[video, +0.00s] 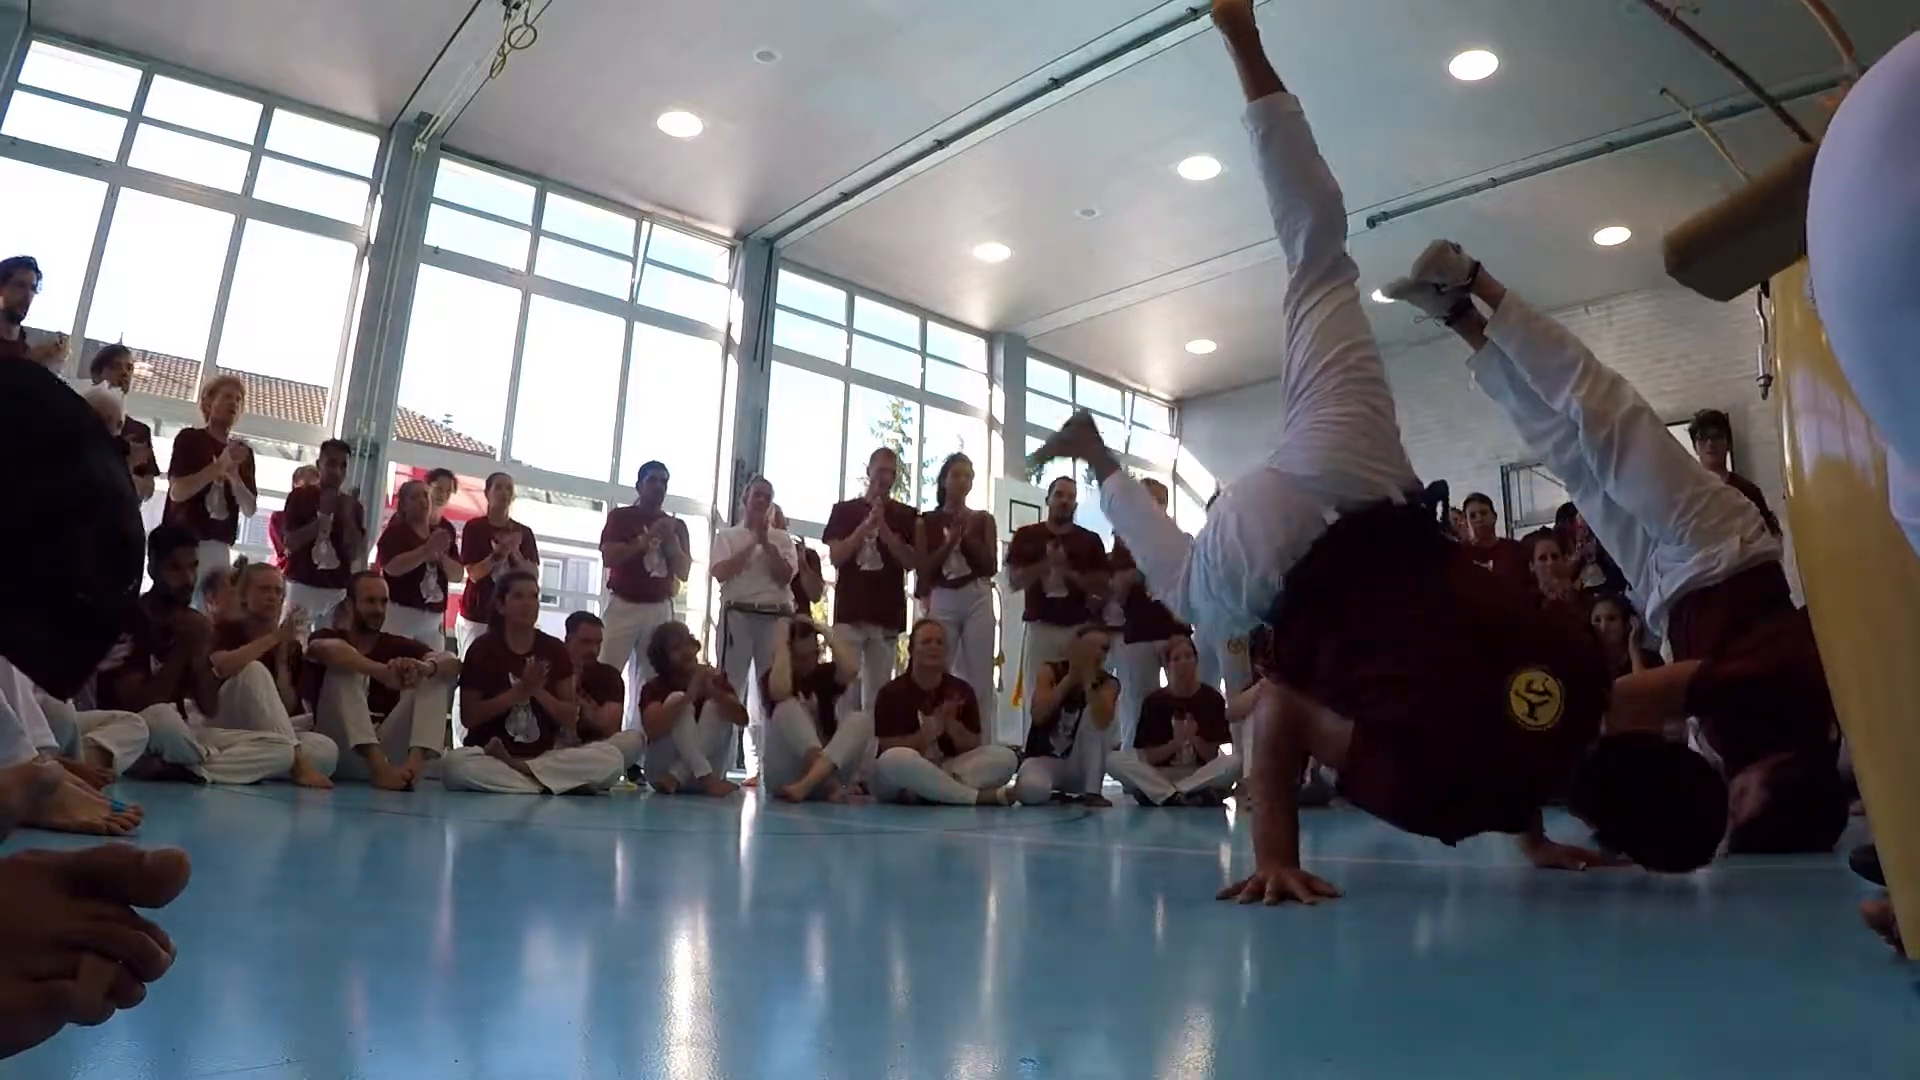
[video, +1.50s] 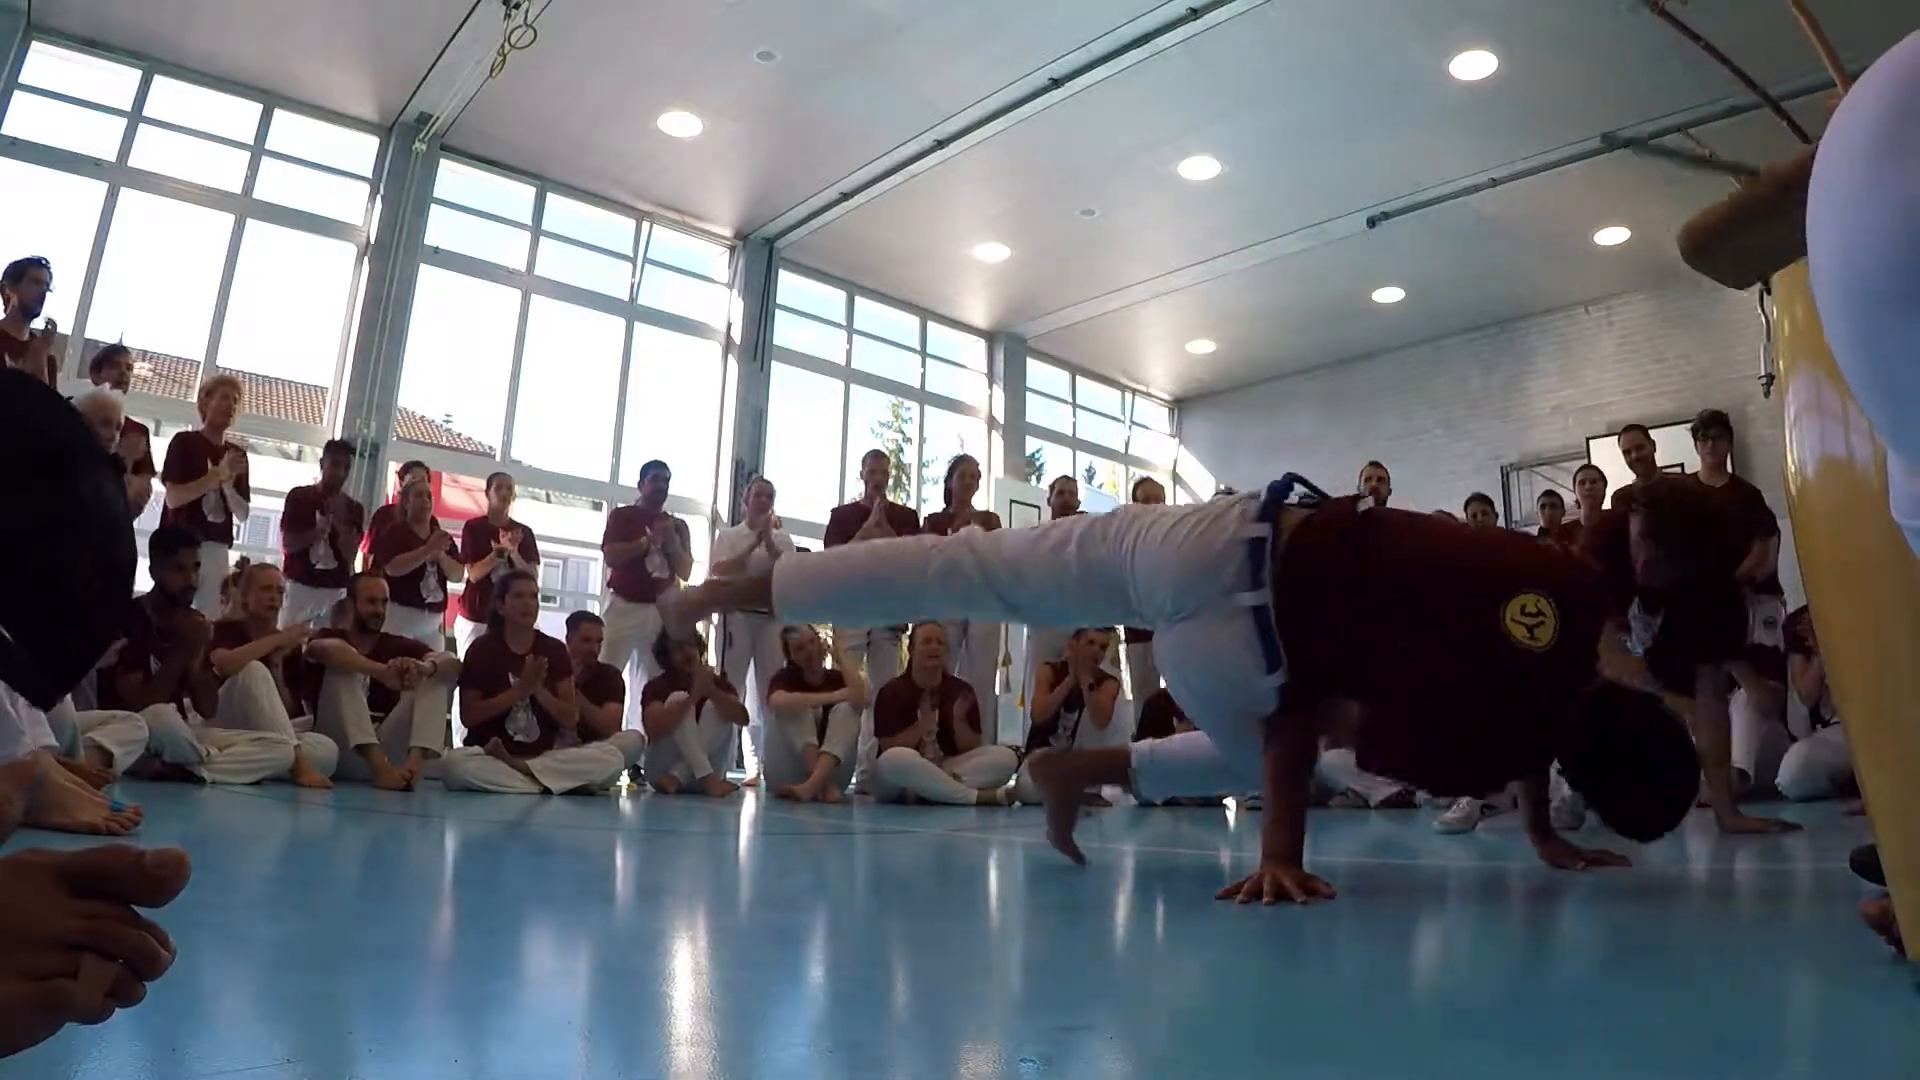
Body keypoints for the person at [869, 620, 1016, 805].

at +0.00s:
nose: (934, 647)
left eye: (939, 642)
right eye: (926, 642)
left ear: (947, 650)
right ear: (911, 650)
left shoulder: (961, 690)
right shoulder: (891, 692)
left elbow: (972, 747)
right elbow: (886, 747)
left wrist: (951, 723)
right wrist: (925, 735)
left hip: (952, 769)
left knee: (1005, 757)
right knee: (895, 759)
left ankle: (932, 793)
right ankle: (975, 797)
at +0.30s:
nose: (933, 647)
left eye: (939, 643)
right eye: (925, 642)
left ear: (946, 650)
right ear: (911, 649)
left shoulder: (962, 690)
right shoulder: (891, 692)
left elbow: (971, 746)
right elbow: (887, 745)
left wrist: (951, 724)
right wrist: (925, 735)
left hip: (950, 768)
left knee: (1006, 758)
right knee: (895, 759)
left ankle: (932, 792)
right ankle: (975, 797)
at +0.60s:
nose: (934, 647)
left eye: (940, 643)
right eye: (926, 642)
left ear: (947, 650)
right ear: (911, 649)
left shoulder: (961, 690)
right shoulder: (891, 693)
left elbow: (971, 750)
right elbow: (885, 748)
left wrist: (961, 724)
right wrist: (921, 726)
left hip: (951, 768)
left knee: (1006, 758)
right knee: (895, 759)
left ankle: (932, 792)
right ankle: (974, 797)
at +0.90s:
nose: (934, 648)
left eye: (939, 643)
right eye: (926, 642)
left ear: (947, 651)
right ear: (911, 650)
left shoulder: (963, 691)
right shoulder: (892, 693)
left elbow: (971, 747)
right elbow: (889, 748)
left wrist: (950, 721)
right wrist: (933, 726)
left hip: (950, 768)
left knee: (1006, 758)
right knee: (896, 759)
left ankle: (935, 792)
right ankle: (974, 797)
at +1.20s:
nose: (934, 647)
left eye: (939, 643)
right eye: (926, 642)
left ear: (946, 651)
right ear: (911, 650)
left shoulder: (961, 690)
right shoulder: (892, 692)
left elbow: (971, 749)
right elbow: (887, 748)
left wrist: (960, 724)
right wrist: (920, 726)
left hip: (950, 768)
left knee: (1006, 758)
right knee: (895, 759)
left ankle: (935, 792)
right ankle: (975, 797)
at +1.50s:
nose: (934, 647)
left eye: (939, 643)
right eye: (926, 642)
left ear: (946, 651)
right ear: (911, 650)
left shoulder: (962, 690)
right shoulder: (891, 692)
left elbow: (971, 749)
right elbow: (886, 748)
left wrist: (959, 723)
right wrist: (920, 727)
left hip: (950, 768)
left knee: (1006, 758)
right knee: (895, 759)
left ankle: (932, 793)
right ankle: (974, 797)